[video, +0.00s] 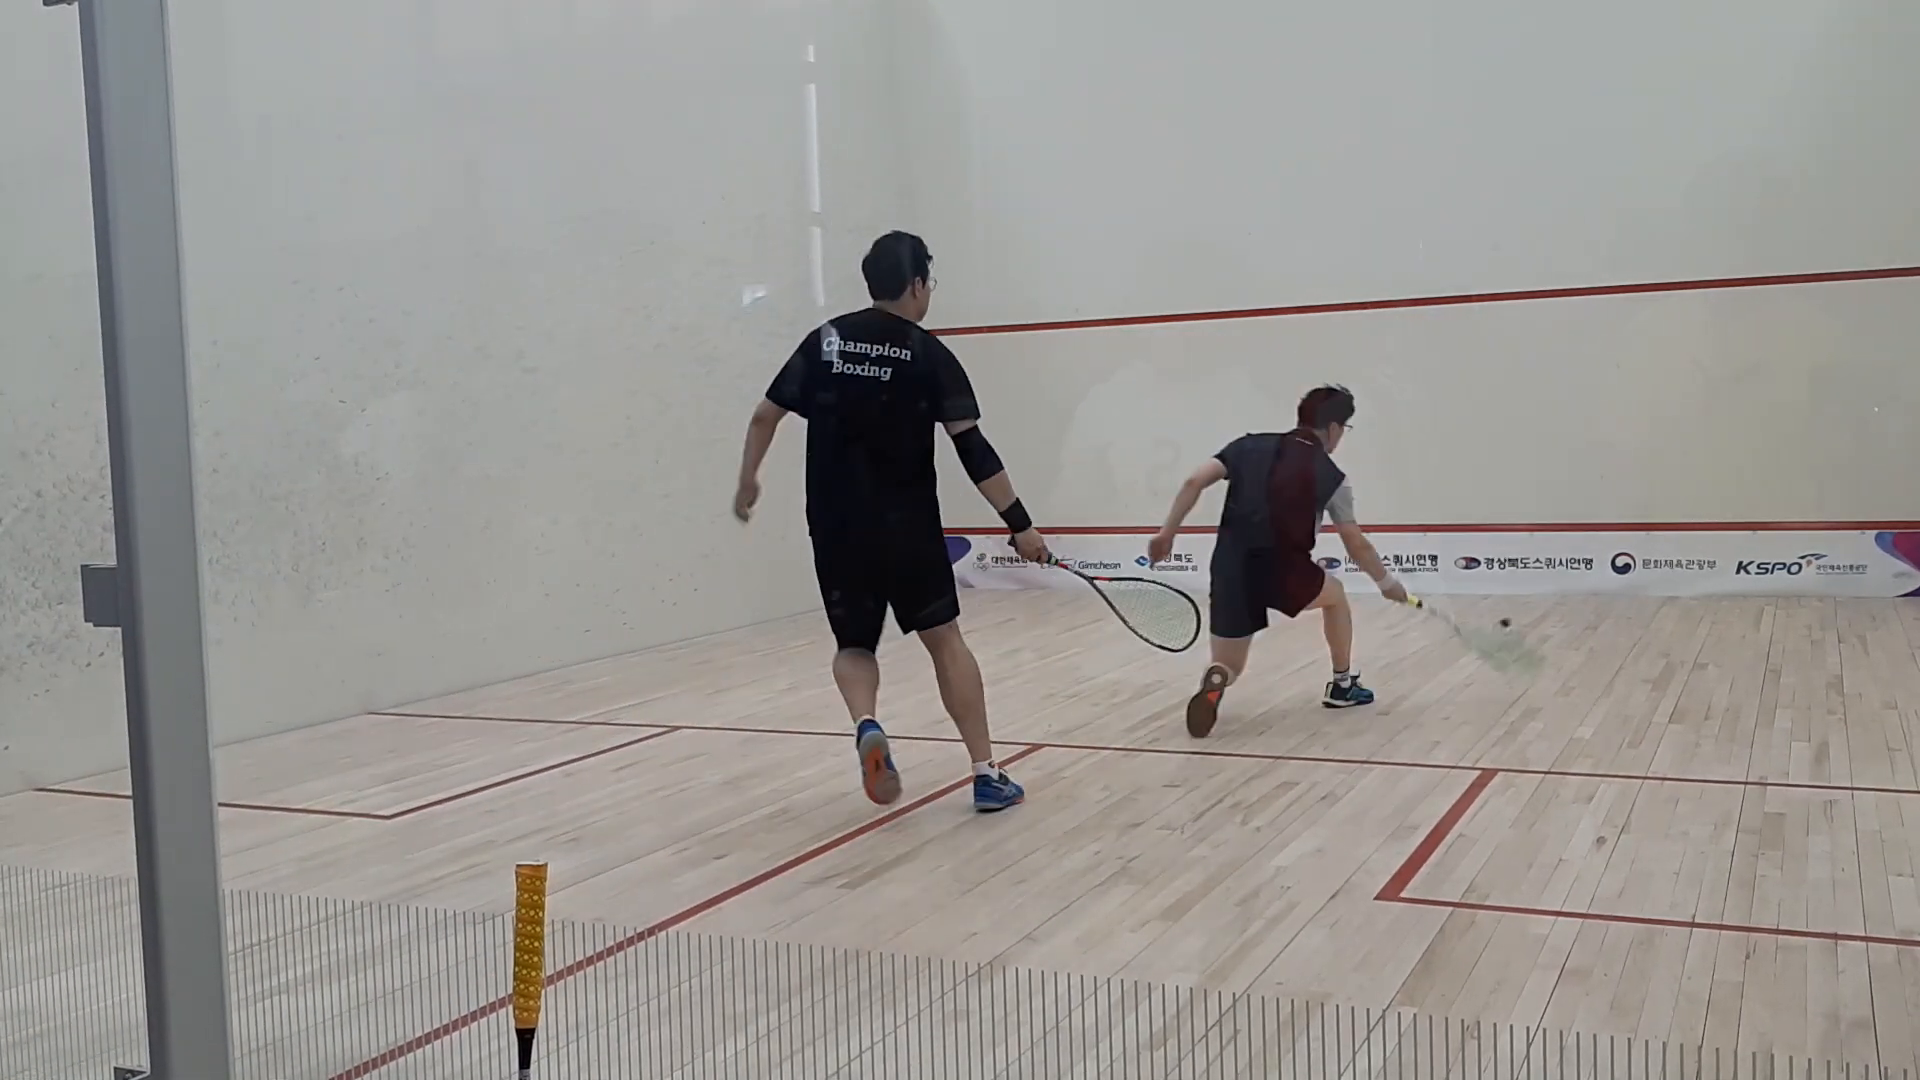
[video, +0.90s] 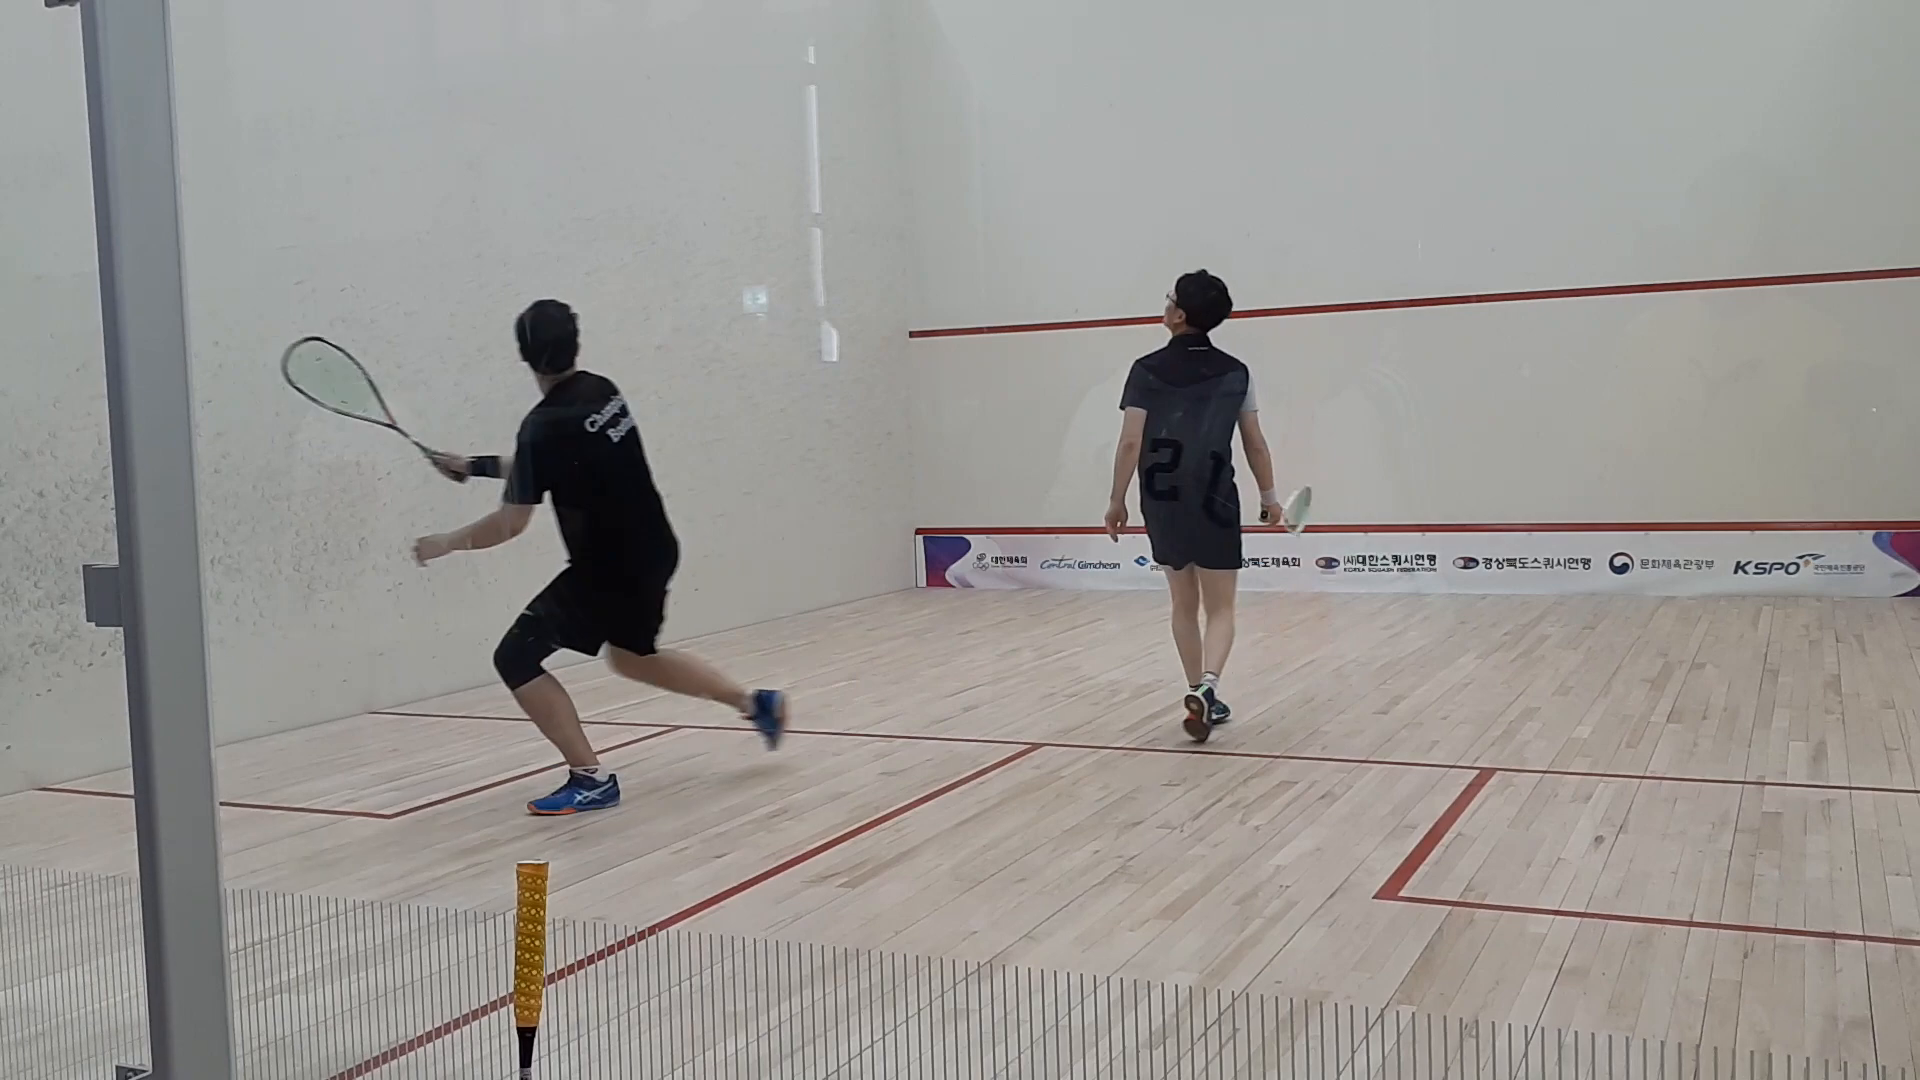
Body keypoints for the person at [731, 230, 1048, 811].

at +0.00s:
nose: (930, 290)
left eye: (929, 280)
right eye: (928, 281)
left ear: (871, 284)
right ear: (917, 285)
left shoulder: (823, 341)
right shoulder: (931, 356)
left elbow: (766, 414)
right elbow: (975, 453)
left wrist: (747, 478)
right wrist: (1020, 525)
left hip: (836, 530)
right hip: (910, 529)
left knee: (853, 643)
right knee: (944, 639)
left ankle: (866, 727)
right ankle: (986, 775)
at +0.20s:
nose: (889, 327)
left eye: (887, 319)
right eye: (886, 319)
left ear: (831, 325)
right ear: (876, 324)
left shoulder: (791, 380)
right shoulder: (896, 386)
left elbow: (748, 446)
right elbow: (934, 469)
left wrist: (702, 511)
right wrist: (983, 517)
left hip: (813, 539)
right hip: (883, 537)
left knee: (806, 628)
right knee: (947, 621)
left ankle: (778, 735)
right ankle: (973, 745)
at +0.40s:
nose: (832, 351)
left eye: (830, 342)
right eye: (830, 342)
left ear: (779, 350)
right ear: (824, 349)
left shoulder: (742, 407)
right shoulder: (846, 412)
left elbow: (721, 494)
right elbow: (873, 492)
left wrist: (719, 553)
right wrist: (904, 538)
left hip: (773, 547)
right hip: (839, 544)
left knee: (784, 620)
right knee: (889, 611)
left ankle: (777, 730)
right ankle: (938, 707)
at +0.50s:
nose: (800, 348)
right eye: (799, 343)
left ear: (748, 355)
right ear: (797, 351)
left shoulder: (729, 409)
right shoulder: (830, 408)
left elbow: (719, 503)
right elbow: (854, 483)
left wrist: (747, 523)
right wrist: (865, 537)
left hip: (766, 548)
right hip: (828, 543)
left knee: (733, 604)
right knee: (840, 623)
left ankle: (767, 726)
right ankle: (887, 724)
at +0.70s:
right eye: (708, 347)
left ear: (667, 362)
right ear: (715, 355)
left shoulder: (669, 423)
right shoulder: (750, 406)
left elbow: (672, 517)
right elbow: (745, 489)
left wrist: (640, 529)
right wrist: (676, 515)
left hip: (719, 563)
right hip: (779, 552)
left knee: (610, 624)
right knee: (803, 637)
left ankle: (618, 753)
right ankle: (881, 724)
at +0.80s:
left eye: (601, 339)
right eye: (636, 334)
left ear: (597, 348)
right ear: (647, 343)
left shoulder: (604, 417)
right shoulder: (675, 390)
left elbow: (594, 510)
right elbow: (654, 466)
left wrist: (543, 536)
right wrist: (584, 485)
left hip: (666, 563)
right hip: (721, 550)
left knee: (559, 641)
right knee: (754, 645)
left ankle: (596, 773)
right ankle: (846, 715)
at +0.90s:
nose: (527, 354)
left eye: (524, 347)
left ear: (526, 355)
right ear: (575, 345)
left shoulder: (541, 427)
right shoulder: (601, 389)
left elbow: (510, 522)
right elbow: (561, 464)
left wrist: (446, 543)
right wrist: (473, 467)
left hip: (607, 570)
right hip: (655, 551)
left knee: (515, 658)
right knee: (629, 657)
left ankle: (589, 779)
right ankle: (753, 704)